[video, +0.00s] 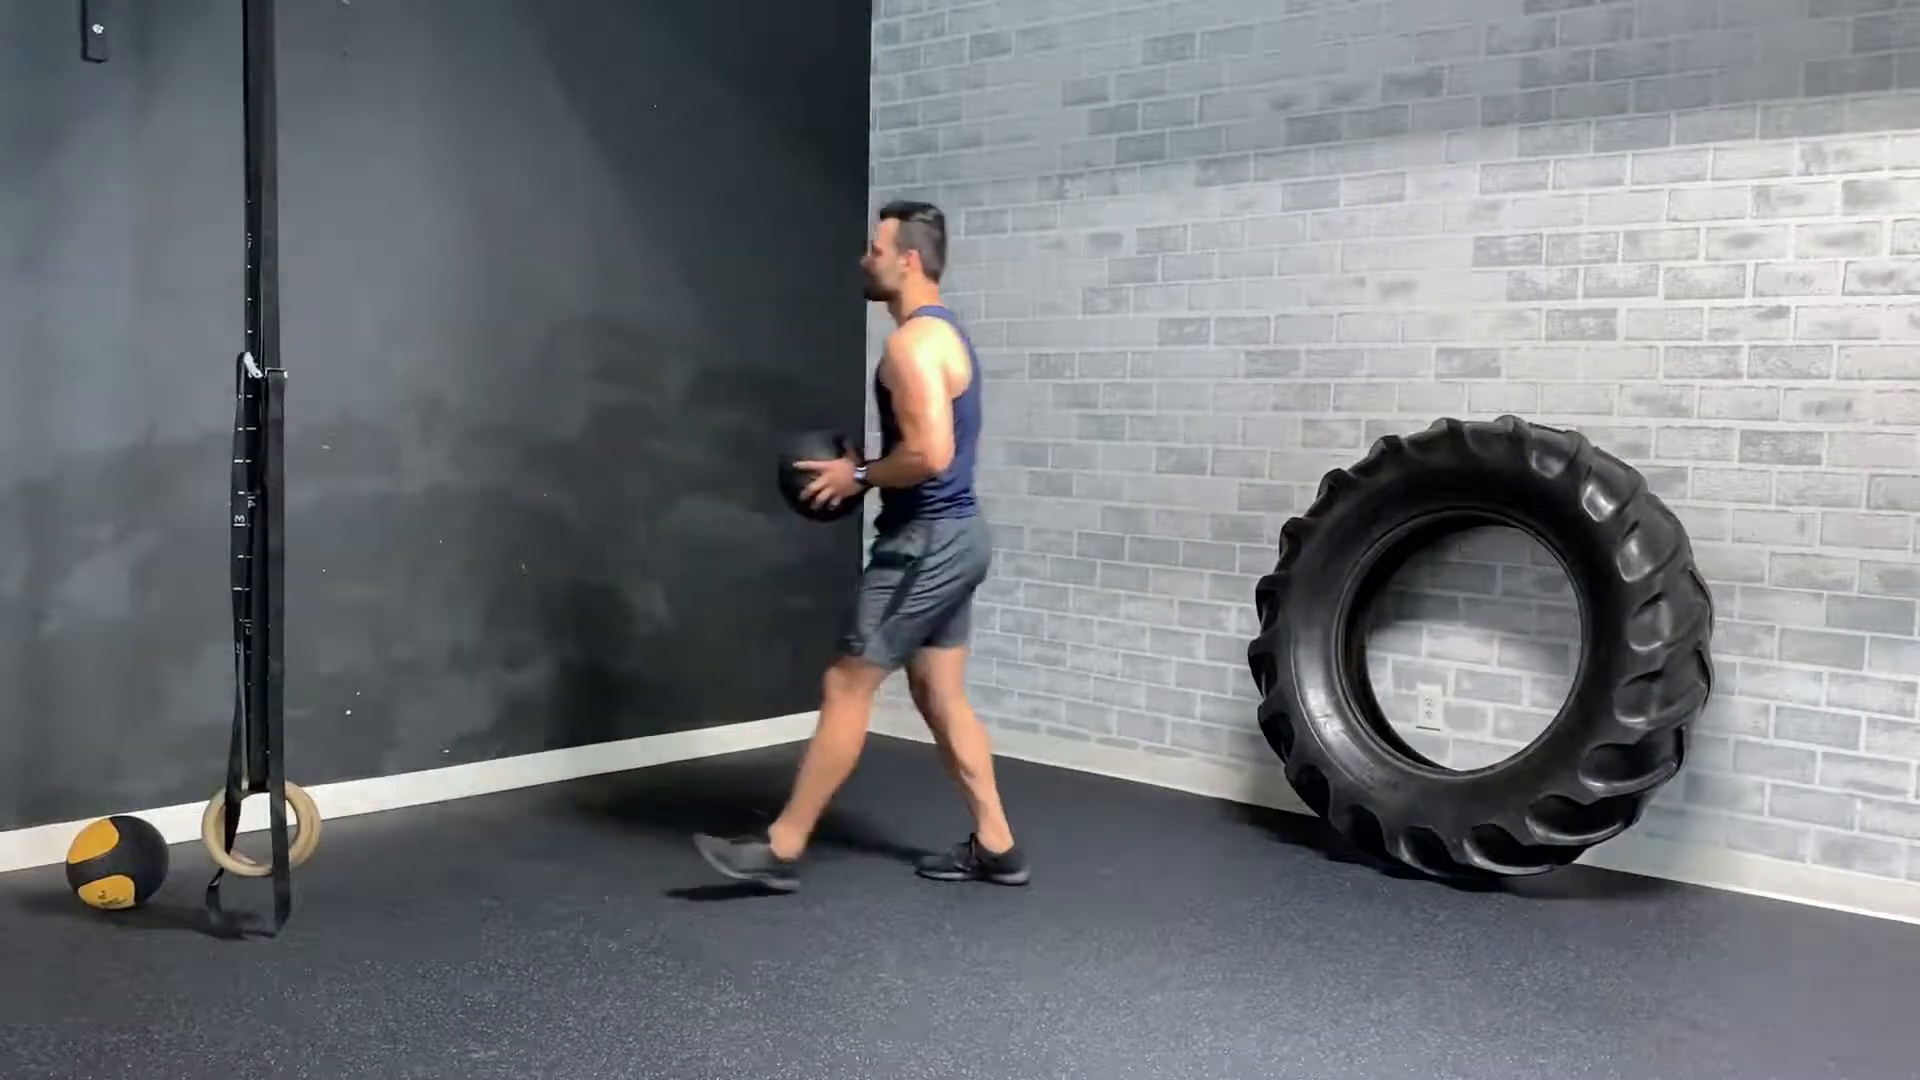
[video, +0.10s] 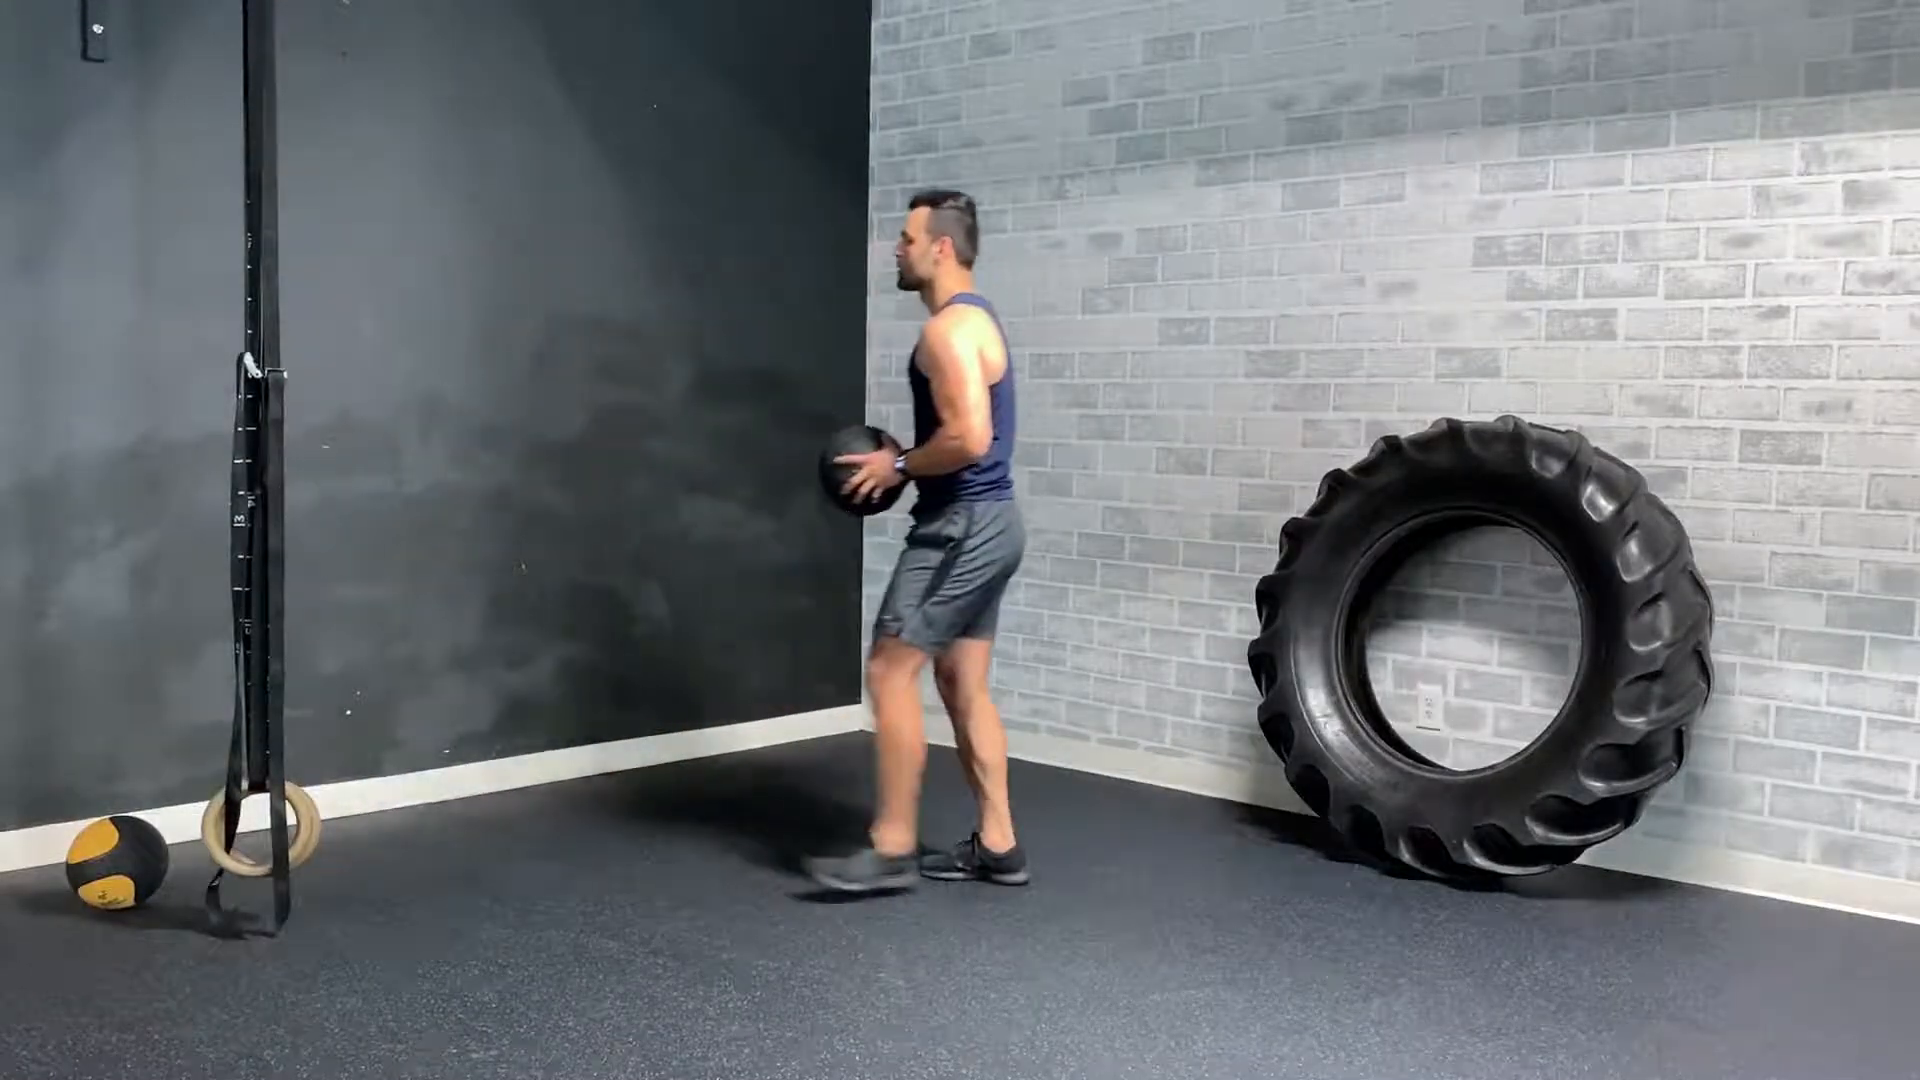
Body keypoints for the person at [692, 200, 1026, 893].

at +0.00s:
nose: (864, 262)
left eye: (875, 250)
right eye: (868, 250)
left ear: (911, 260)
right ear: (919, 262)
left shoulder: (911, 345)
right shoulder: (945, 335)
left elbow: (930, 455)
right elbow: (937, 449)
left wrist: (860, 474)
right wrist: (860, 466)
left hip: (922, 542)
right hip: (955, 535)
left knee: (848, 685)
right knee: (941, 692)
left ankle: (783, 846)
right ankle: (996, 843)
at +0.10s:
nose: (895, 251)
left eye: (905, 240)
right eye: (900, 239)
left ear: (942, 249)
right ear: (951, 252)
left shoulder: (947, 332)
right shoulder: (979, 324)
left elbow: (969, 440)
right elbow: (970, 436)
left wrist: (898, 465)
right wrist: (899, 463)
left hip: (961, 527)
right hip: (989, 522)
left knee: (891, 671)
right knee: (965, 682)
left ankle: (892, 848)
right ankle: (998, 843)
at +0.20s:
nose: (929, 248)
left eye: (939, 237)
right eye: (932, 236)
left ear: (974, 244)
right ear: (982, 246)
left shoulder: (980, 329)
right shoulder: (1007, 319)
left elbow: (1001, 435)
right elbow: (1001, 433)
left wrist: (932, 462)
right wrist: (933, 457)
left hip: (992, 526)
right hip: (1012, 518)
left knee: (946, 679)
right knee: (988, 680)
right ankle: (1001, 832)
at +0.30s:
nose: (959, 250)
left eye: (968, 239)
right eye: (962, 238)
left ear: (1006, 247)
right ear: (1009, 250)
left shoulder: (1009, 330)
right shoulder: (1031, 322)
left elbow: (1027, 440)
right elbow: (1029, 433)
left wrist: (962, 465)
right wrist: (958, 453)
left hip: (1030, 528)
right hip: (1015, 524)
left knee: (1018, 688)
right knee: (988, 680)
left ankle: (1118, 832)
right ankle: (1000, 846)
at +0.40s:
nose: (986, 257)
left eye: (995, 246)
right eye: (989, 245)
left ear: (1031, 256)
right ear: (1039, 257)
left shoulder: (1039, 340)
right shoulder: (1061, 330)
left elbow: (1050, 451)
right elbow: (1054, 444)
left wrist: (987, 470)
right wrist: (989, 466)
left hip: (1068, 536)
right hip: (1041, 532)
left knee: (1086, 701)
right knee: (996, 680)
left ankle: (1178, 855)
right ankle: (1000, 848)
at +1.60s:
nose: (992, 276)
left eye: (1002, 265)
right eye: (995, 265)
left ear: (1038, 272)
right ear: (1039, 273)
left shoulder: (1054, 346)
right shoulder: (1041, 346)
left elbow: (978, 433)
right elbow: (981, 427)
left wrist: (909, 396)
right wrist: (911, 398)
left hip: (1103, 537)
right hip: (1052, 546)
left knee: (1166, 683)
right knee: (992, 677)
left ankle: (1252, 842)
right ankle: (974, 838)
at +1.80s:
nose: (1036, 284)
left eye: (1046, 272)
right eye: (1039, 273)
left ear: (1083, 277)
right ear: (1083, 278)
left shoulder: (1100, 355)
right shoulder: (1071, 352)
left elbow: (1010, 427)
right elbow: (999, 379)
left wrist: (955, 357)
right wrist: (953, 348)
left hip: (1126, 551)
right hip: (1073, 554)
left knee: (1179, 699)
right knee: (1001, 677)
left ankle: (1255, 859)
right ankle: (973, 837)